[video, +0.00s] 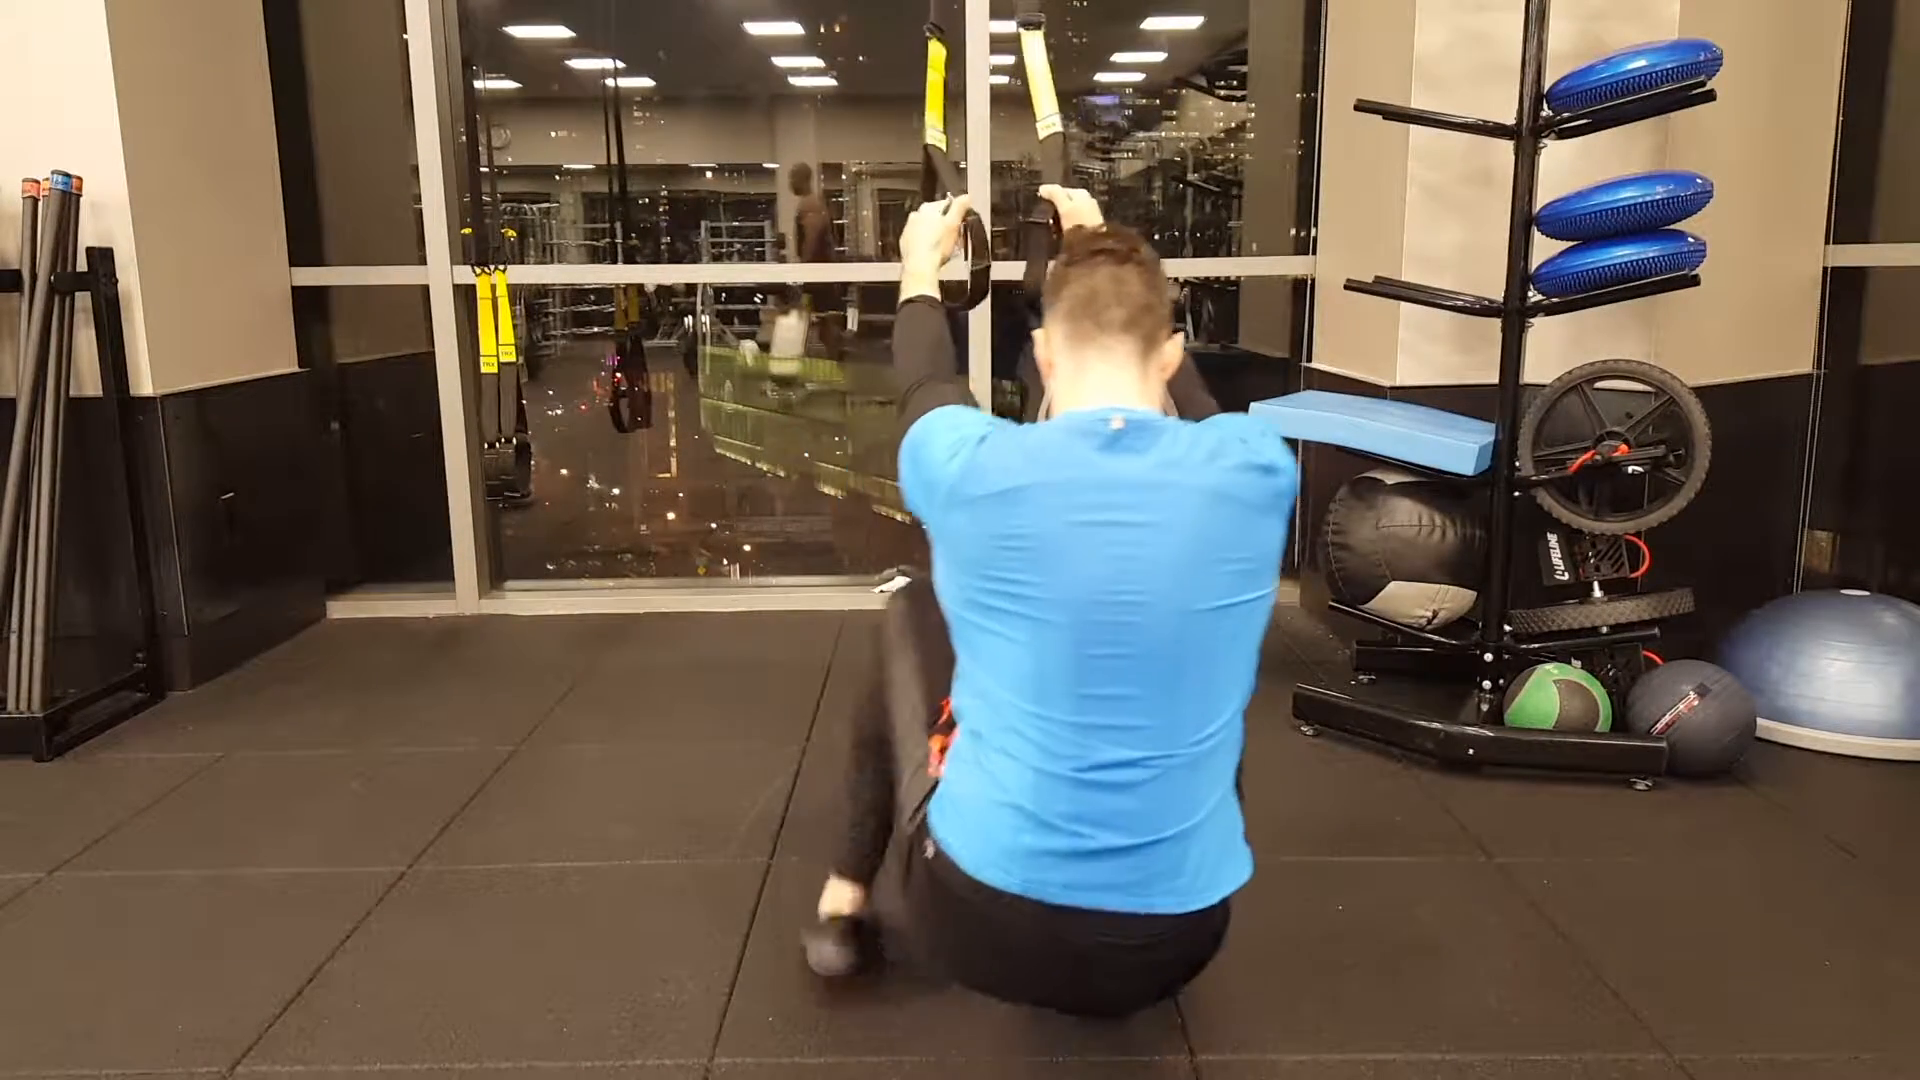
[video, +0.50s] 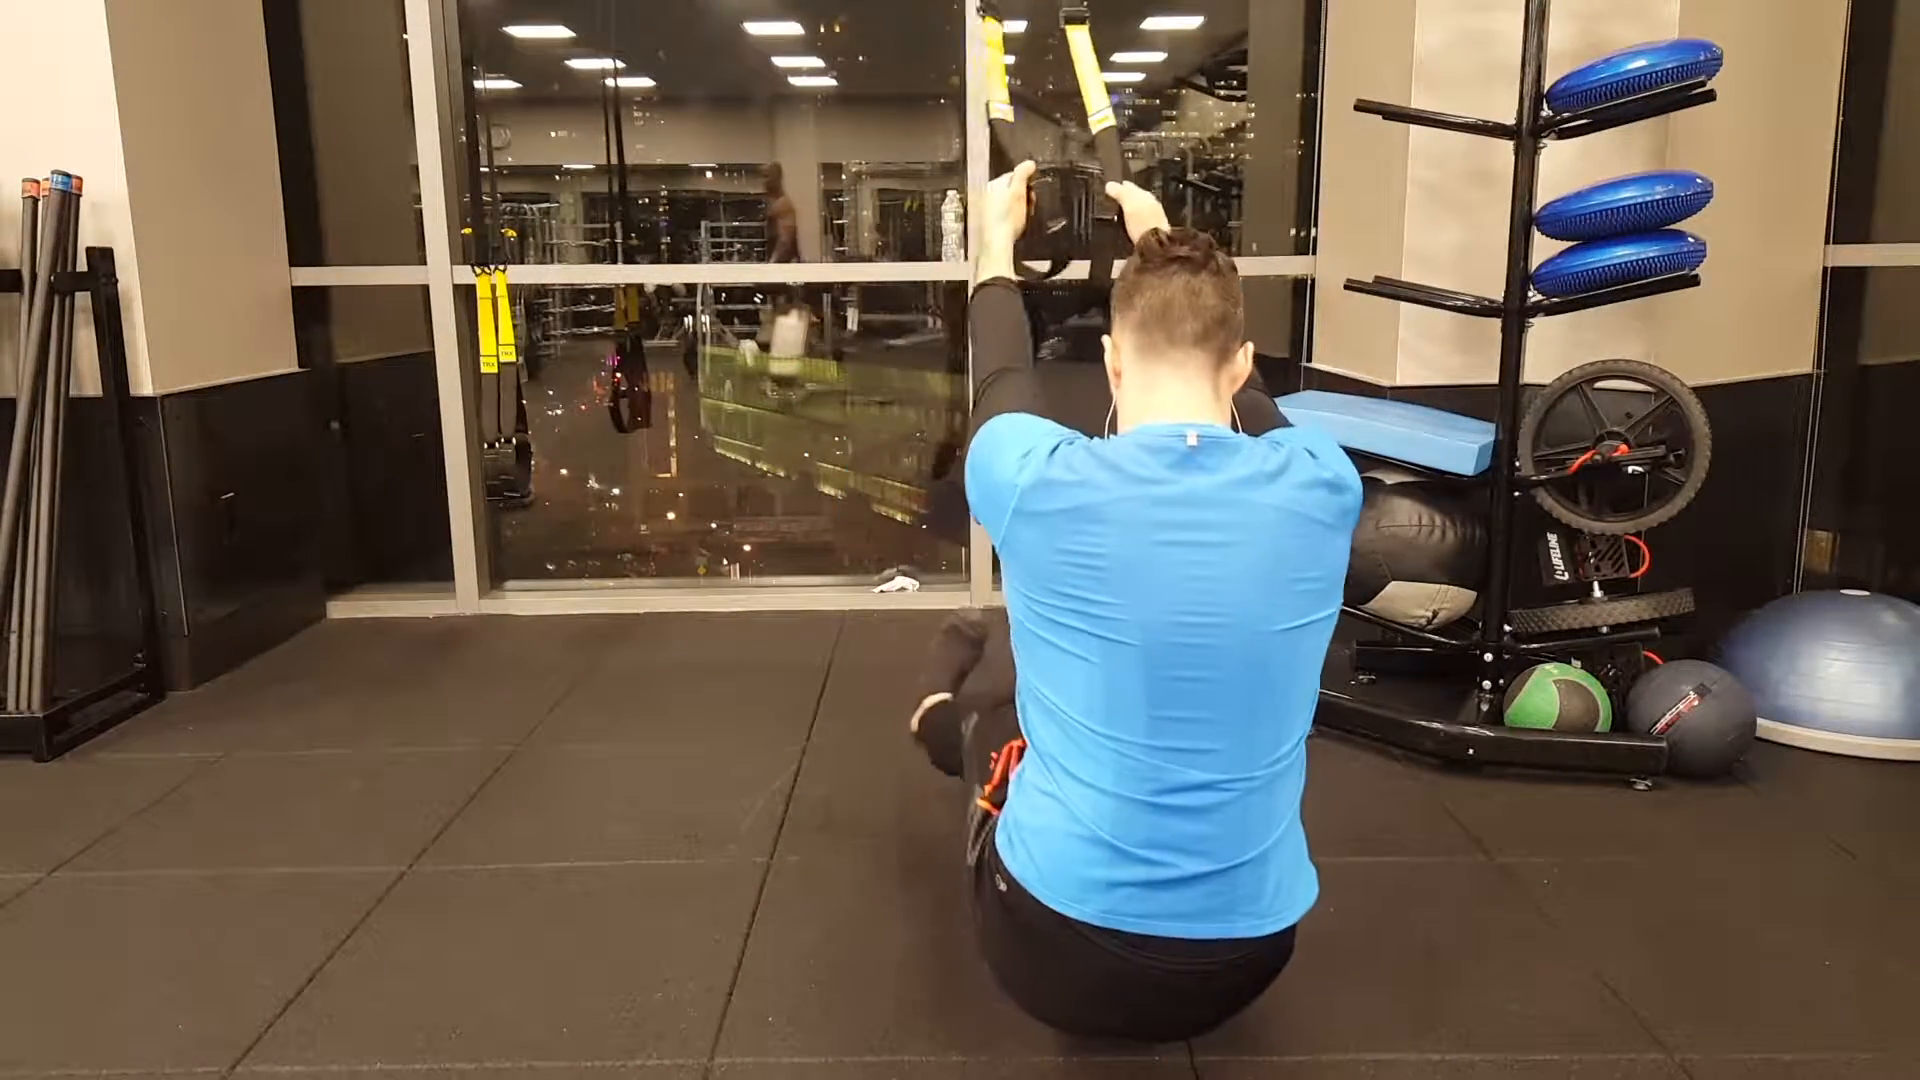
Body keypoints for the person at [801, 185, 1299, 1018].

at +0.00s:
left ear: (1041, 357)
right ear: (1169, 358)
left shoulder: (975, 471)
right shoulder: (1256, 475)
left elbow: (928, 378)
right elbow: (1181, 396)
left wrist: (916, 271)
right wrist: (1102, 256)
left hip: (988, 930)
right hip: (1171, 945)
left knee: (910, 603)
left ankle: (845, 896)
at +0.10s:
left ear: (1070, 342)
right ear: (1200, 347)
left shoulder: (998, 454)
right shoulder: (1285, 465)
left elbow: (937, 367)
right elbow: (1200, 374)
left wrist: (926, 266)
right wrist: (1122, 248)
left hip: (1001, 924)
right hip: (1183, 943)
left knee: (939, 599)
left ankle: (836, 842)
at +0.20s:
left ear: (1096, 339)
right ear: (1224, 347)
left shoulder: (1019, 454)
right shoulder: (1305, 471)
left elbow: (955, 365)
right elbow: (1216, 368)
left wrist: (947, 262)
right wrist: (1145, 238)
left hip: (1019, 933)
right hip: (1201, 948)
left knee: (962, 622)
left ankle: (845, 787)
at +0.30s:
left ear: (1109, 347)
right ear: (1237, 357)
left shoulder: (1029, 466)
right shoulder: (1317, 484)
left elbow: (978, 365)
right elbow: (1236, 385)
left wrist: (969, 249)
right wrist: (1165, 246)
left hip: (1037, 950)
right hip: (1216, 963)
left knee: (981, 666)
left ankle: (900, 726)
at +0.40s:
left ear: (1112, 361)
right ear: (1239, 374)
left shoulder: (1032, 478)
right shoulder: (1321, 491)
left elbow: (995, 372)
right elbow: (1247, 397)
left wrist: (989, 253)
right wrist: (1168, 253)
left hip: (1048, 956)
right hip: (1228, 969)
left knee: (989, 646)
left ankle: (940, 717)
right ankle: (941, 722)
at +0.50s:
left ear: (1111, 362)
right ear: (1242, 373)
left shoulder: (1034, 481)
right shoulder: (1322, 488)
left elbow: (1000, 378)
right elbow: (1243, 398)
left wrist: (990, 252)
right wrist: (1165, 253)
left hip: (1059, 959)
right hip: (1240, 967)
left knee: (1006, 671)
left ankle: (952, 725)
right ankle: (958, 730)